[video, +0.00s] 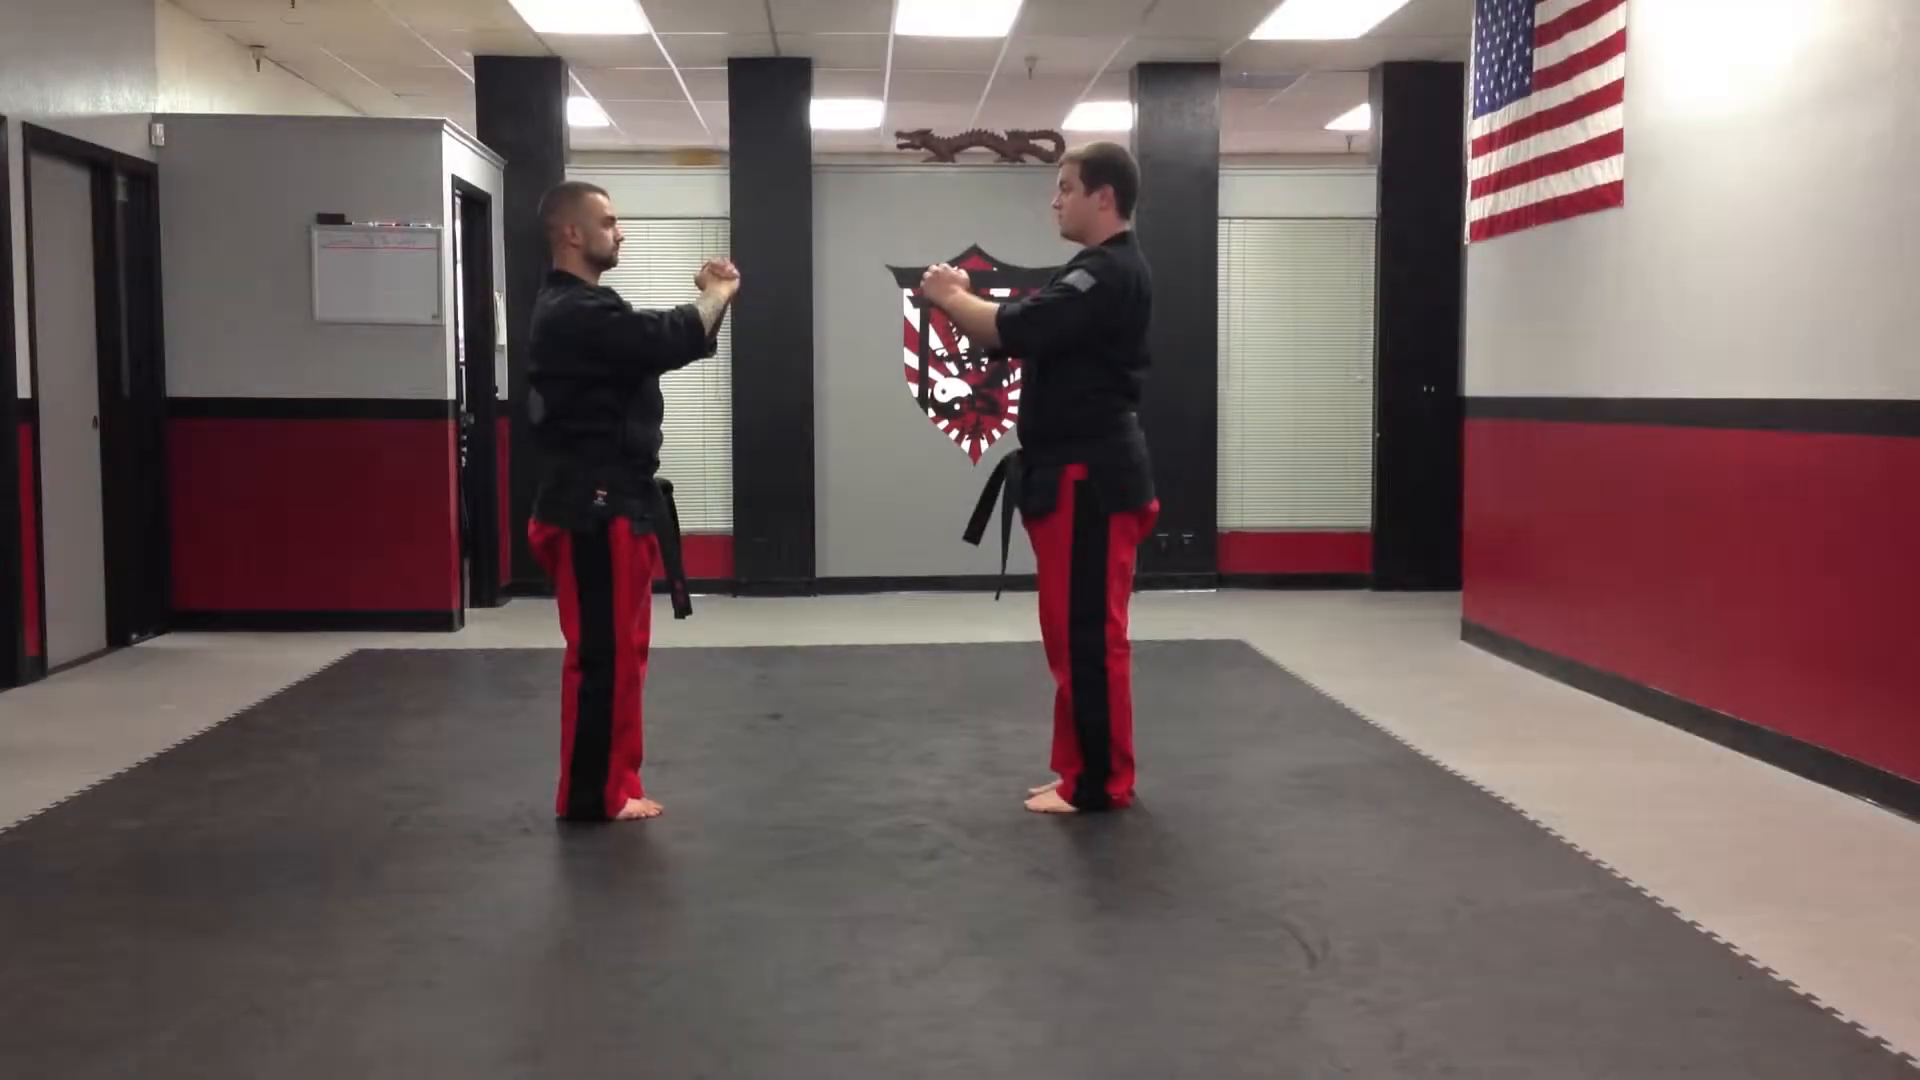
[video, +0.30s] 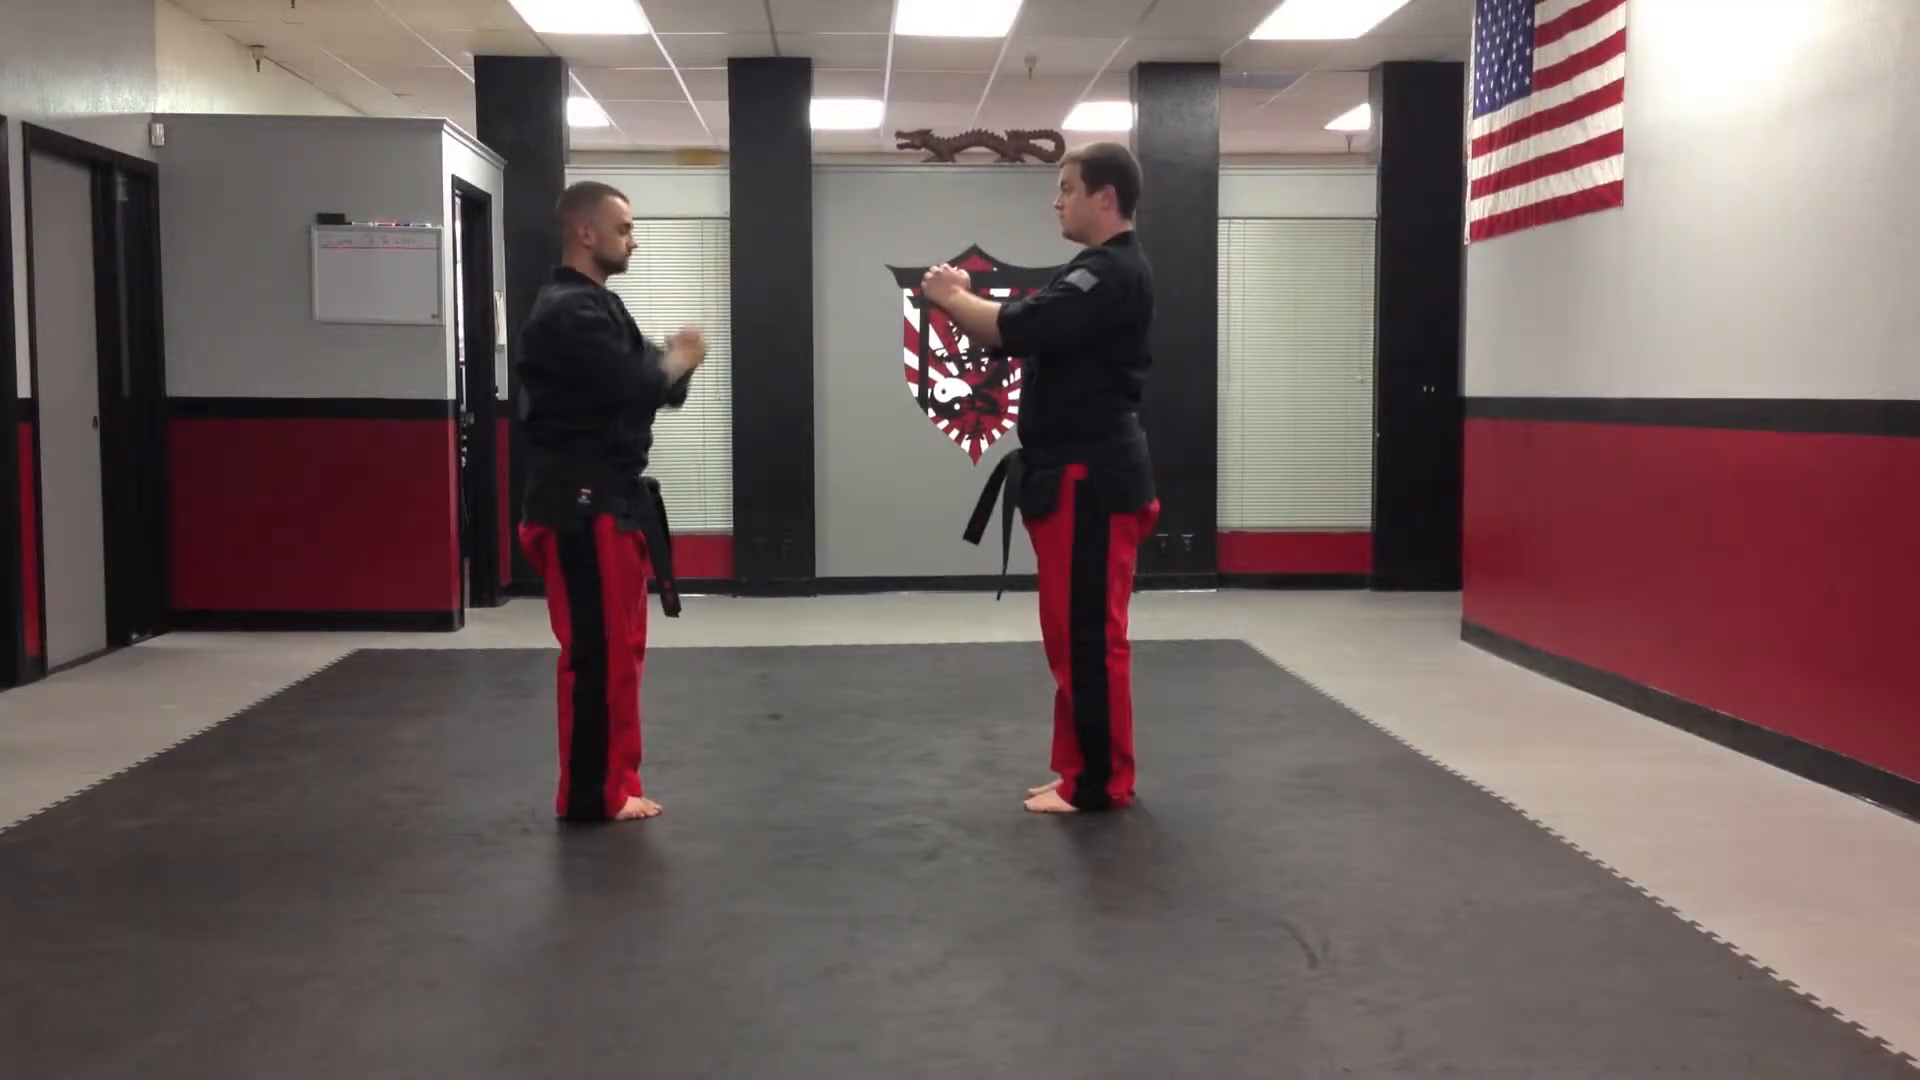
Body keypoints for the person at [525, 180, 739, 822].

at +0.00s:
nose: (620, 233)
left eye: (617, 222)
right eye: (607, 223)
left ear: (575, 236)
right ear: (570, 234)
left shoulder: (581, 306)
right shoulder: (578, 311)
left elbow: (677, 343)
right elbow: (662, 342)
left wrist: (710, 303)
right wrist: (713, 299)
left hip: (606, 505)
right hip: (595, 508)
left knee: (612, 653)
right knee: (609, 656)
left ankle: (607, 790)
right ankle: (600, 795)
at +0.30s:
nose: (632, 239)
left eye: (632, 229)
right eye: (622, 229)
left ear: (586, 237)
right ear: (583, 233)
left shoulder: (598, 305)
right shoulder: (568, 309)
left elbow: (643, 386)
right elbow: (622, 386)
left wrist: (673, 364)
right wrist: (674, 362)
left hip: (608, 502)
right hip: (578, 506)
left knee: (620, 649)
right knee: (597, 651)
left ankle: (614, 785)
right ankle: (592, 795)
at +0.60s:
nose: (643, 260)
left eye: (645, 249)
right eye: (638, 247)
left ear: (603, 245)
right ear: (600, 241)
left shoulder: (595, 311)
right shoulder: (549, 311)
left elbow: (581, 400)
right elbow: (538, 411)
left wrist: (617, 398)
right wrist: (608, 405)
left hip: (598, 501)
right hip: (554, 503)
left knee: (609, 648)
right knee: (544, 643)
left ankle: (600, 785)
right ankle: (457, 765)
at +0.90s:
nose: (602, 275)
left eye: (604, 264)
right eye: (595, 263)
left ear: (561, 258)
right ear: (559, 256)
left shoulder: (551, 324)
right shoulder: (503, 329)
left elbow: (525, 419)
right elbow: (495, 430)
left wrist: (570, 418)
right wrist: (564, 421)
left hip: (556, 513)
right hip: (502, 518)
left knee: (606, 640)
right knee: (473, 659)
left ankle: (605, 782)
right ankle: (416, 791)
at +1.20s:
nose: (577, 271)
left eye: (578, 260)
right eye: (569, 259)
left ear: (538, 259)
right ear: (530, 256)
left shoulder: (544, 328)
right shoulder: (480, 331)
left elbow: (533, 414)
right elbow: (474, 423)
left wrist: (572, 407)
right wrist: (558, 412)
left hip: (556, 516)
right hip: (495, 521)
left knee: (602, 646)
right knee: (465, 664)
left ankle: (634, 768)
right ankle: (412, 794)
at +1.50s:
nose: (579, 262)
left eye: (578, 251)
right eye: (568, 251)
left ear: (540, 257)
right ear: (529, 255)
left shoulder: (558, 330)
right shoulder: (493, 335)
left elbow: (630, 381)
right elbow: (547, 397)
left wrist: (649, 332)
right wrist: (586, 343)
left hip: (567, 518)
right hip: (504, 523)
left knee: (610, 647)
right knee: (472, 663)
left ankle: (637, 768)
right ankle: (411, 792)